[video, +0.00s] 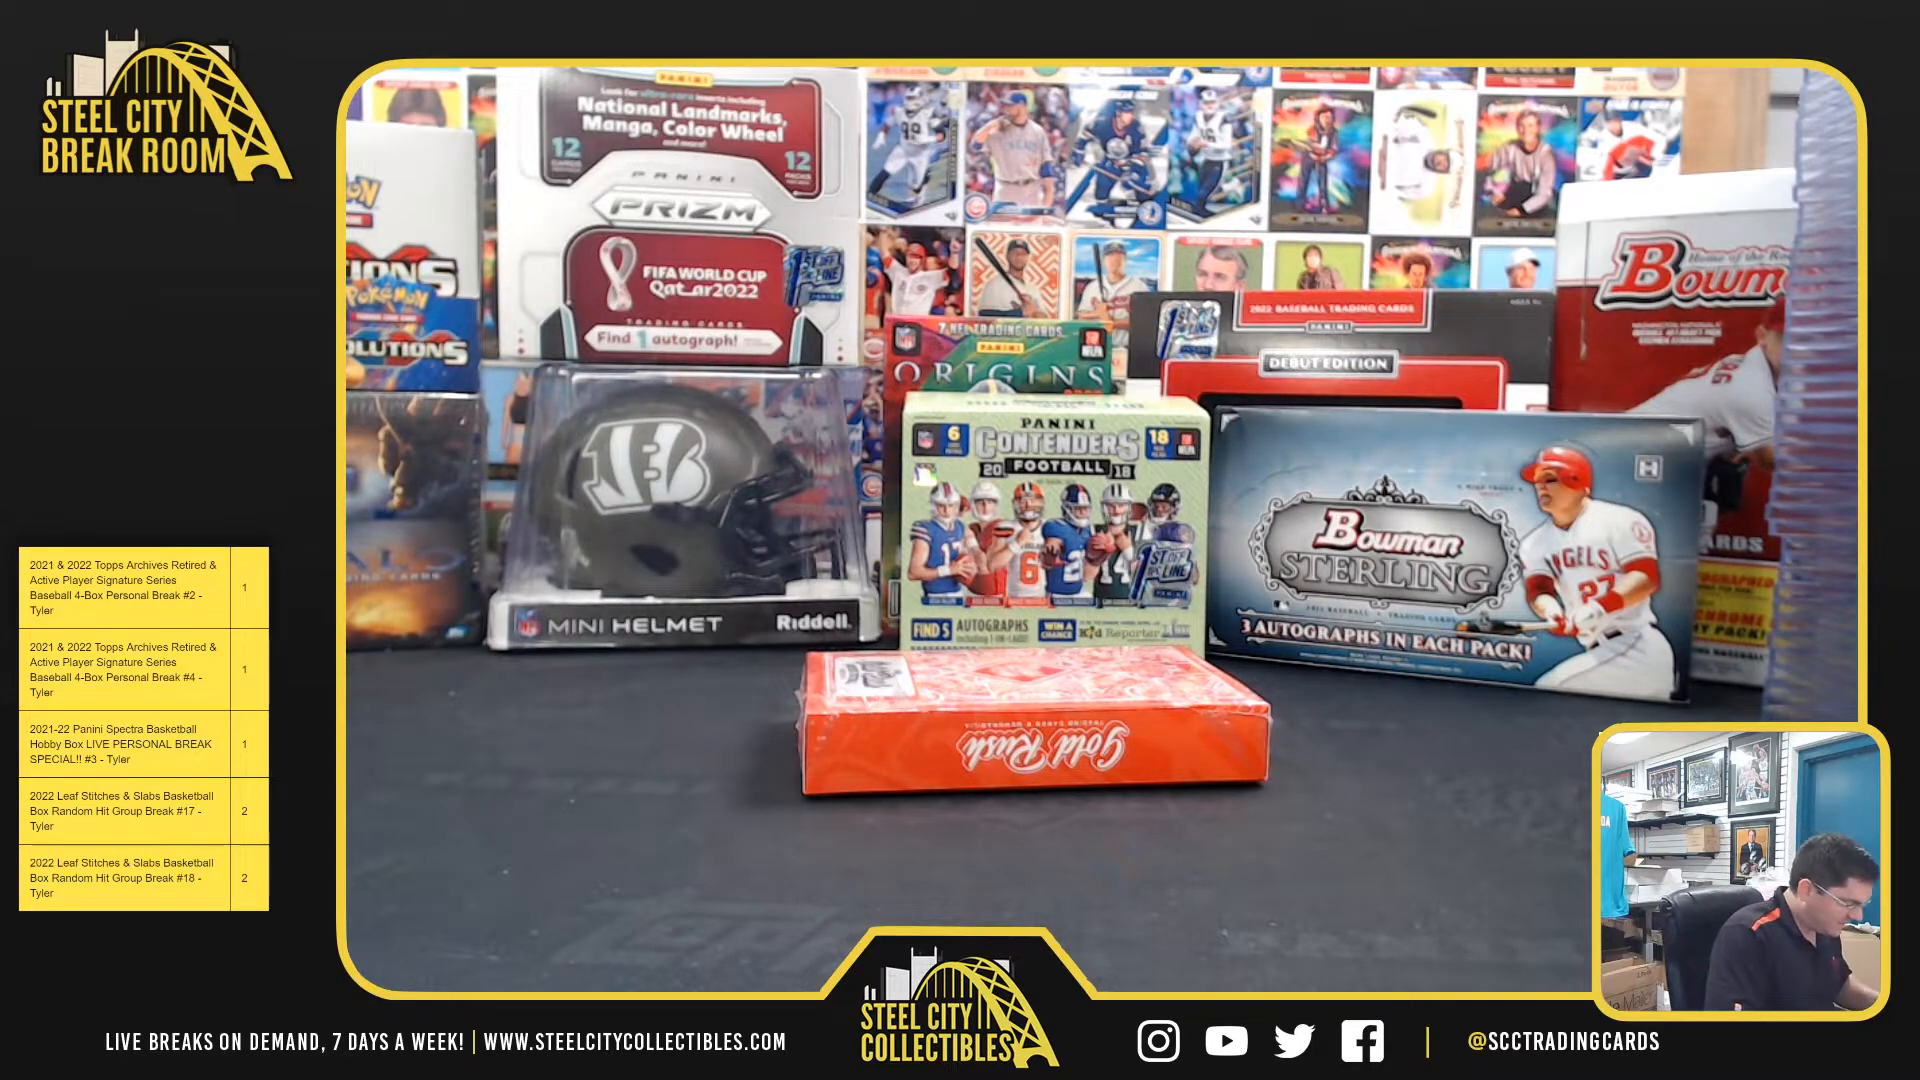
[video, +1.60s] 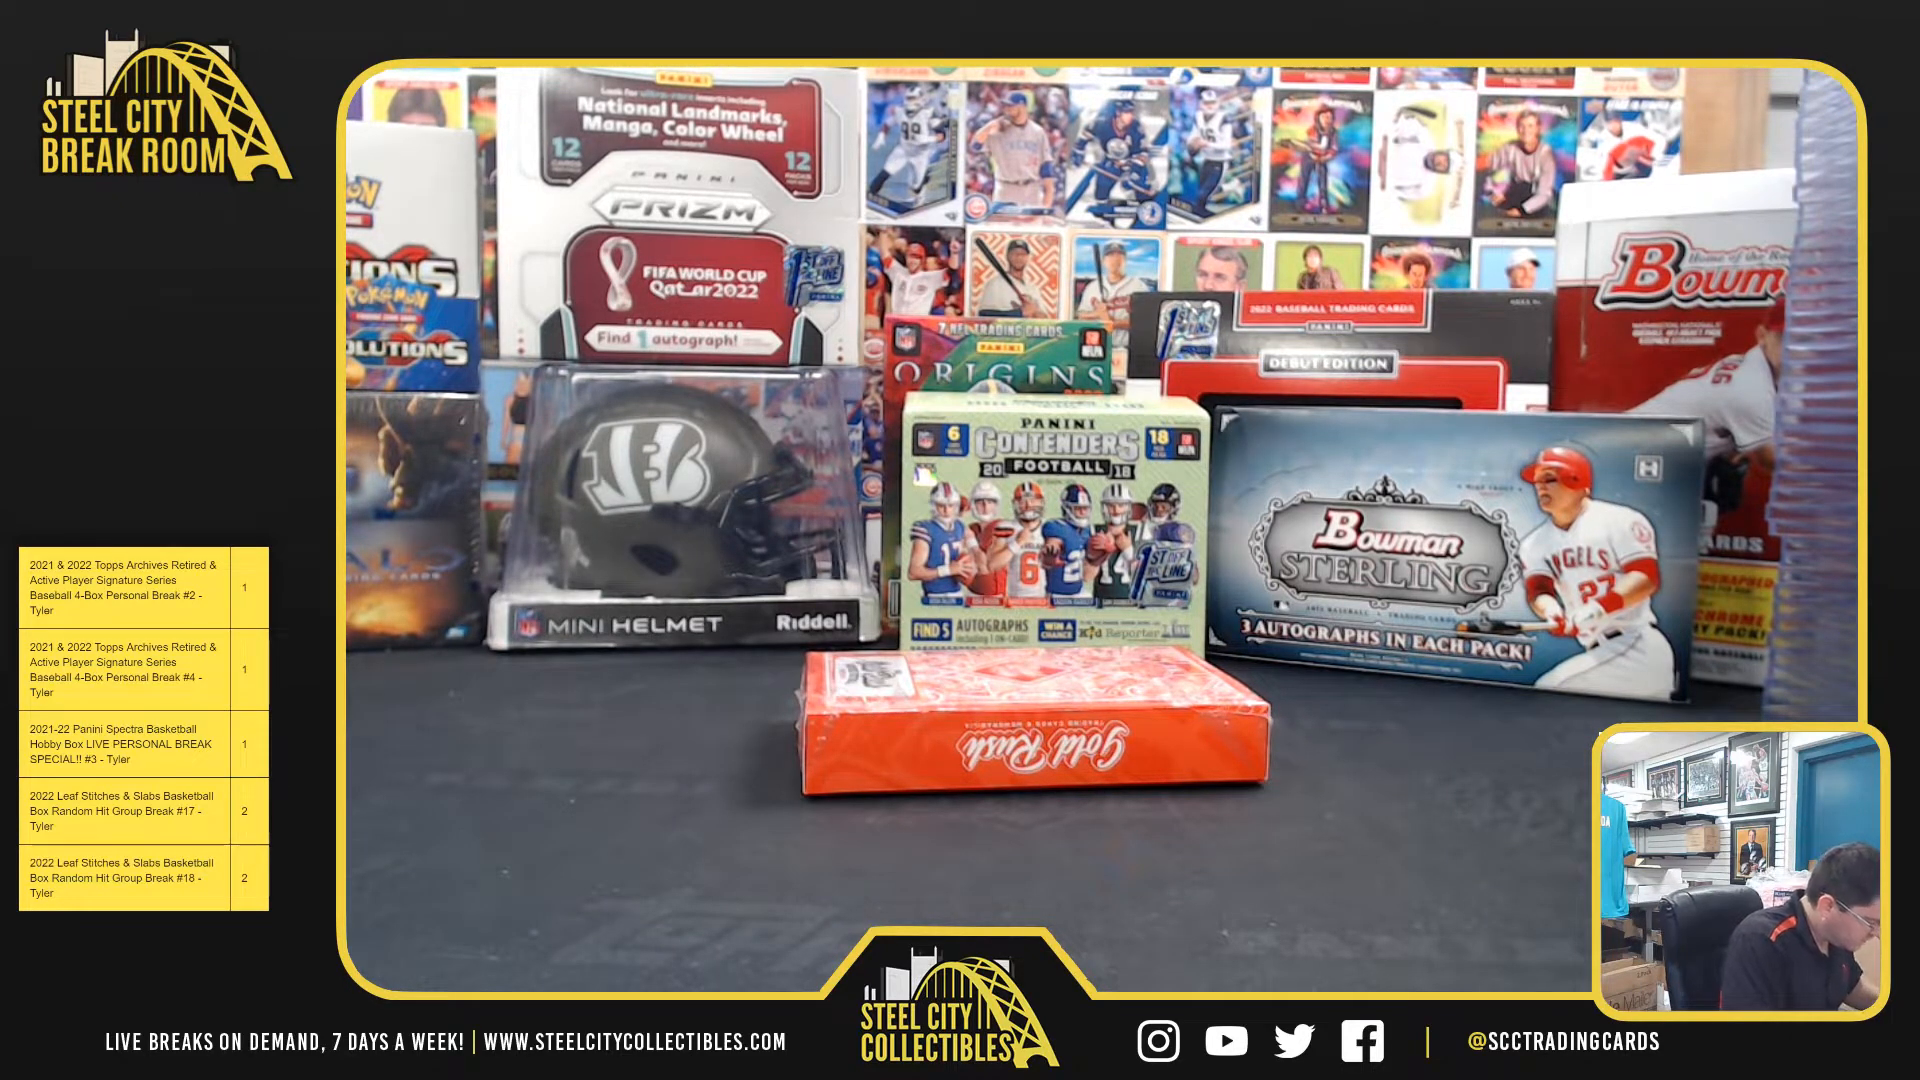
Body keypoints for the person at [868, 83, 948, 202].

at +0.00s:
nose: (910, 102)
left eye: (914, 99)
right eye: (908, 99)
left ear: (920, 100)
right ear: (905, 100)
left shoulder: (928, 114)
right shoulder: (899, 113)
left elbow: (942, 135)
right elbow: (887, 125)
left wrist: (928, 139)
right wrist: (881, 137)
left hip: (921, 152)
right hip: (903, 150)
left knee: (915, 186)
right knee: (886, 172)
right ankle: (868, 197)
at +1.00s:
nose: (910, 103)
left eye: (913, 99)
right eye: (908, 99)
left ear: (920, 100)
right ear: (905, 100)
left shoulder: (928, 114)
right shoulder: (899, 113)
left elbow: (942, 135)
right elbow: (887, 125)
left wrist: (928, 139)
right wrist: (881, 138)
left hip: (921, 153)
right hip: (903, 150)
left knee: (915, 187)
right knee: (885, 173)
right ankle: (868, 198)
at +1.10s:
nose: (910, 103)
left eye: (913, 99)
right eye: (908, 99)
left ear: (921, 100)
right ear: (905, 100)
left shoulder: (928, 114)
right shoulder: (900, 113)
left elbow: (942, 135)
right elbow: (887, 125)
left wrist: (928, 139)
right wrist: (881, 138)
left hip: (921, 153)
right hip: (903, 150)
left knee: (915, 187)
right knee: (885, 173)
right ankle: (868, 197)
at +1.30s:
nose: (910, 103)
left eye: (913, 99)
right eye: (908, 99)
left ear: (921, 100)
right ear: (905, 100)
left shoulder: (928, 114)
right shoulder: (900, 113)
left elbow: (942, 135)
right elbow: (887, 125)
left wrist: (928, 139)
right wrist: (881, 138)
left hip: (921, 153)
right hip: (903, 150)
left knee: (915, 187)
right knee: (885, 173)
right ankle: (868, 197)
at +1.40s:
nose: (910, 103)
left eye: (913, 99)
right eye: (908, 99)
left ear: (920, 100)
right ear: (905, 100)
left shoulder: (928, 114)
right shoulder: (899, 113)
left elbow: (942, 135)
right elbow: (887, 125)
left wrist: (928, 139)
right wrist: (881, 138)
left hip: (921, 153)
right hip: (903, 150)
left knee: (915, 187)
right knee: (885, 173)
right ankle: (868, 198)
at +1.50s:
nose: (910, 102)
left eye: (913, 99)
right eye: (908, 99)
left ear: (920, 100)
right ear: (905, 100)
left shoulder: (928, 114)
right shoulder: (900, 113)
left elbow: (942, 135)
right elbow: (887, 125)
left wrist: (928, 139)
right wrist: (881, 138)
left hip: (921, 153)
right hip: (903, 150)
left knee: (915, 186)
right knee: (885, 173)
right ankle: (868, 197)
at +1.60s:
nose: (910, 102)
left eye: (913, 99)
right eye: (908, 99)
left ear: (920, 100)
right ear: (905, 100)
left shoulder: (928, 114)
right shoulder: (899, 113)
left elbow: (942, 135)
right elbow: (887, 125)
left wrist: (928, 139)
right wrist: (881, 138)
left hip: (921, 153)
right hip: (903, 150)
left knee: (915, 186)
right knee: (885, 173)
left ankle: (919, 196)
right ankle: (868, 198)